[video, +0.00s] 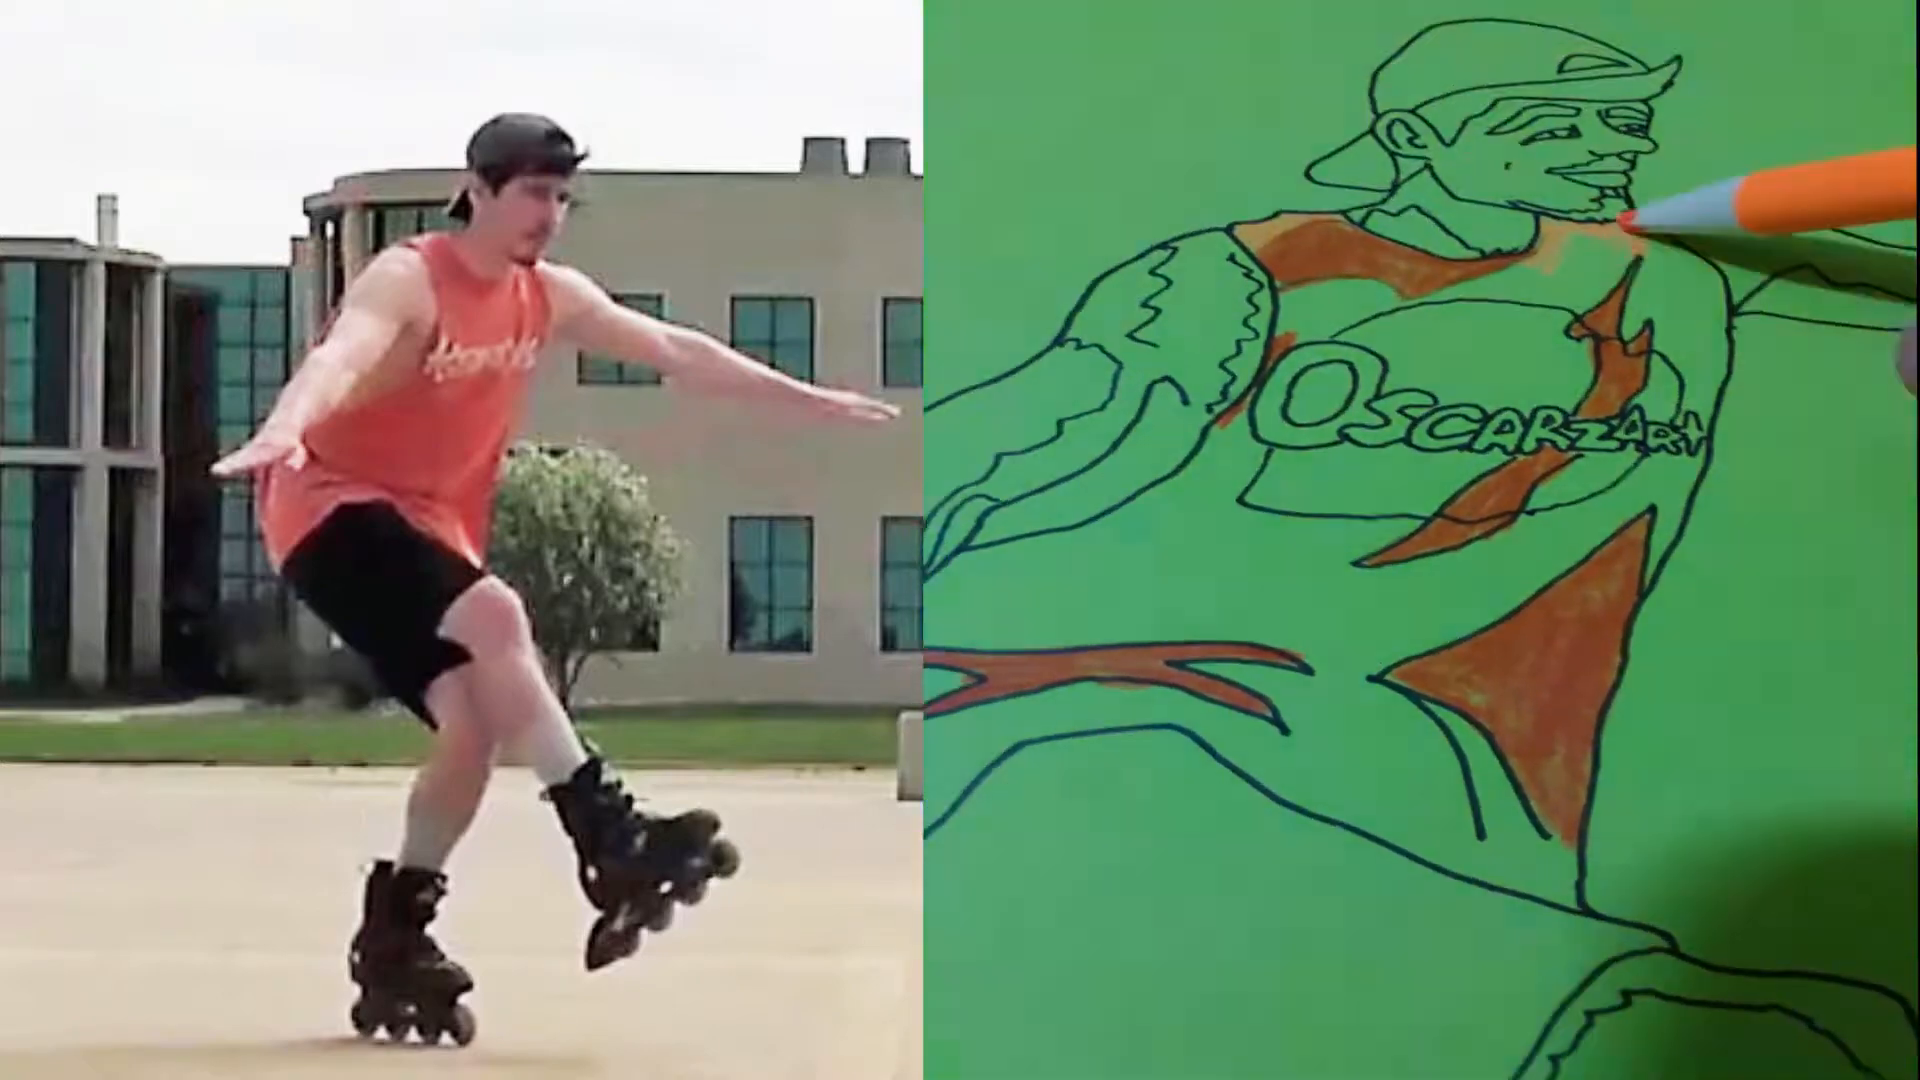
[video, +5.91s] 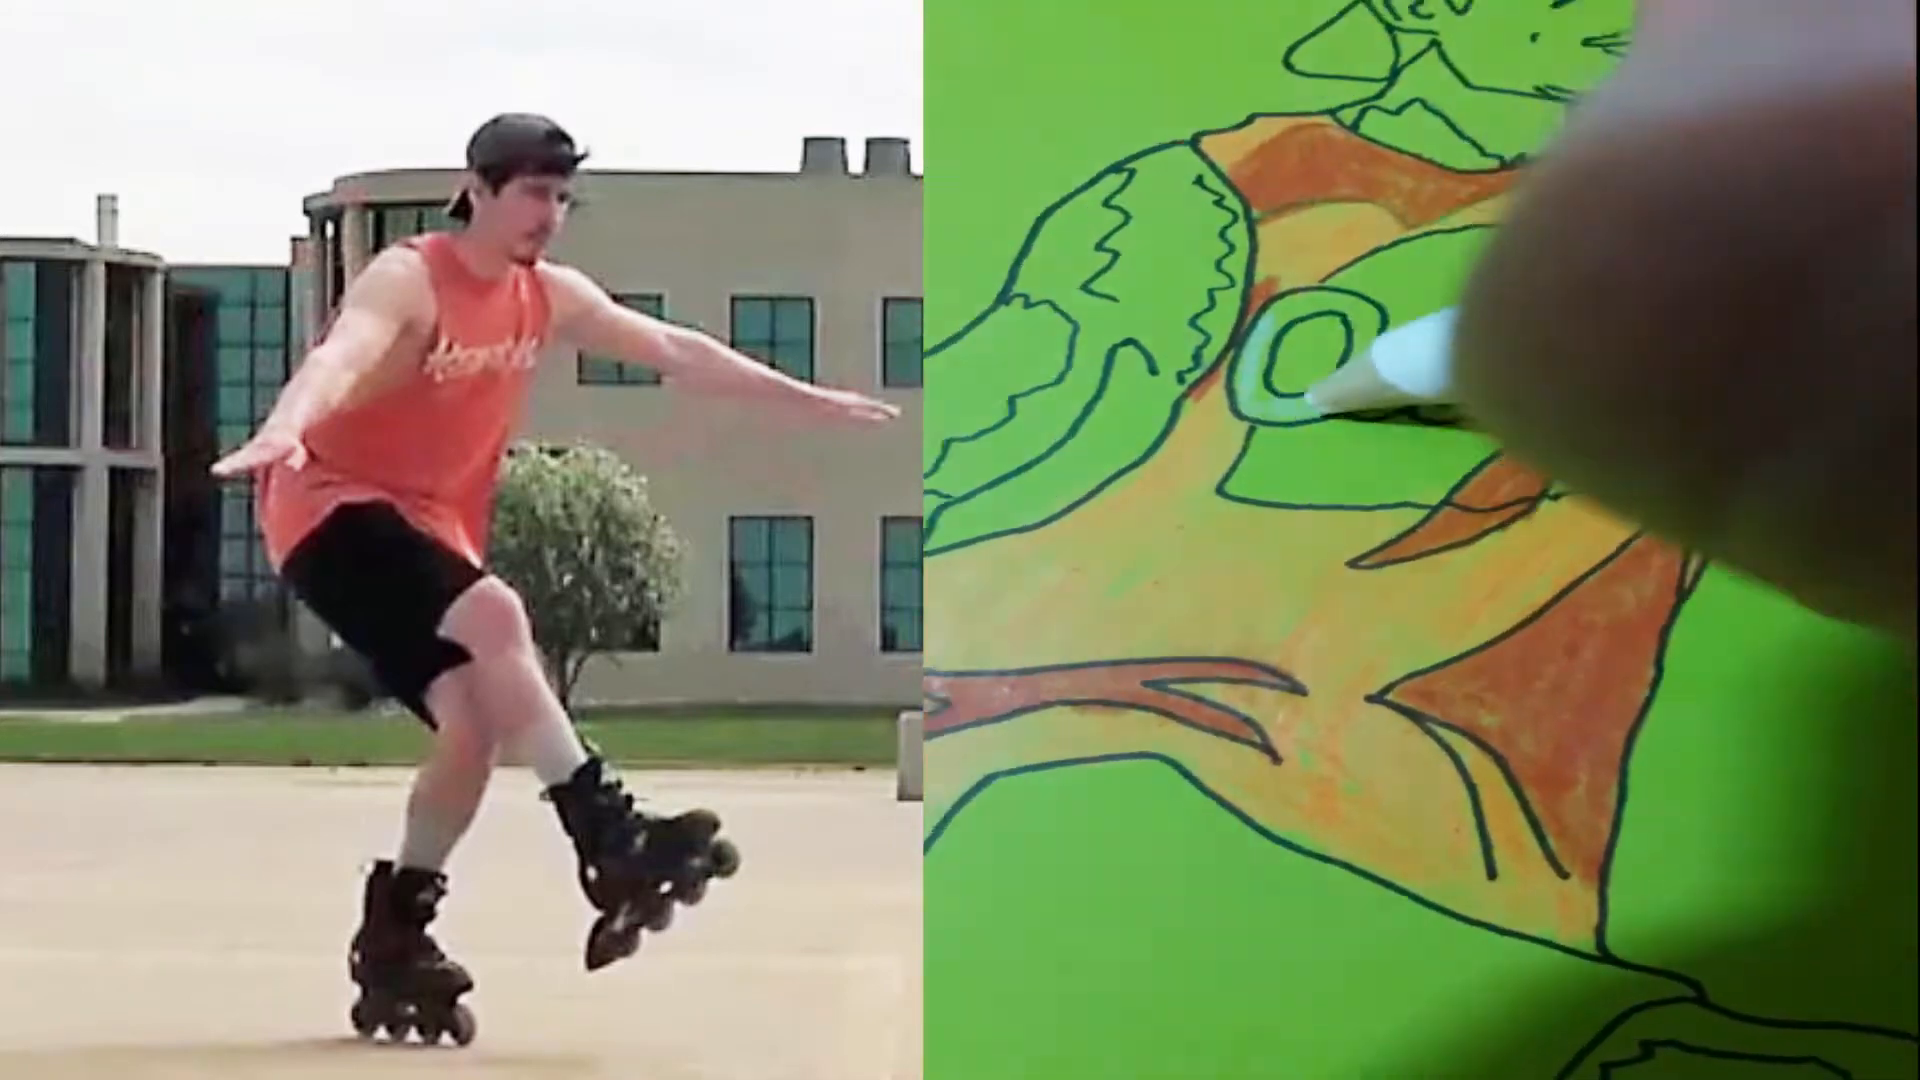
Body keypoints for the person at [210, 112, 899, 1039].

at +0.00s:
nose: (552, 214)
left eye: (562, 198)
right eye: (536, 194)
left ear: (563, 203)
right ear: (477, 191)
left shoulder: (551, 293)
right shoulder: (409, 274)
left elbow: (674, 349)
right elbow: (341, 356)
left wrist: (811, 399)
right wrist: (282, 429)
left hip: (436, 530)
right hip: (334, 505)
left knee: (477, 725)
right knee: (492, 616)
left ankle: (393, 936)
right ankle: (611, 842)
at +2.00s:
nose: (551, 215)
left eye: (561, 199)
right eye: (535, 195)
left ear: (563, 204)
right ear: (476, 191)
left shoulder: (551, 293)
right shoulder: (408, 274)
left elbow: (674, 350)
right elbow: (341, 356)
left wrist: (810, 399)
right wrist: (282, 429)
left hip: (437, 531)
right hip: (334, 505)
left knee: (477, 726)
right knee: (492, 616)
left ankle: (393, 934)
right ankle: (609, 839)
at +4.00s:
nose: (551, 214)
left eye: (561, 198)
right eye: (534, 195)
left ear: (563, 203)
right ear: (476, 191)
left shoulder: (552, 293)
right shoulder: (409, 274)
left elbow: (676, 351)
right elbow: (342, 354)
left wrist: (812, 400)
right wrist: (283, 428)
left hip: (437, 530)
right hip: (335, 506)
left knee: (477, 724)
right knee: (492, 616)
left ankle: (393, 937)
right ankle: (610, 840)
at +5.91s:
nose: (551, 214)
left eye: (561, 199)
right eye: (535, 195)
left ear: (563, 203)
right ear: (476, 191)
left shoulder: (551, 293)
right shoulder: (408, 274)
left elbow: (674, 350)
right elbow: (342, 356)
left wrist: (811, 399)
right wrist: (283, 428)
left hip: (436, 530)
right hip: (334, 505)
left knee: (477, 725)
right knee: (492, 616)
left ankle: (394, 935)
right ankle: (610, 840)